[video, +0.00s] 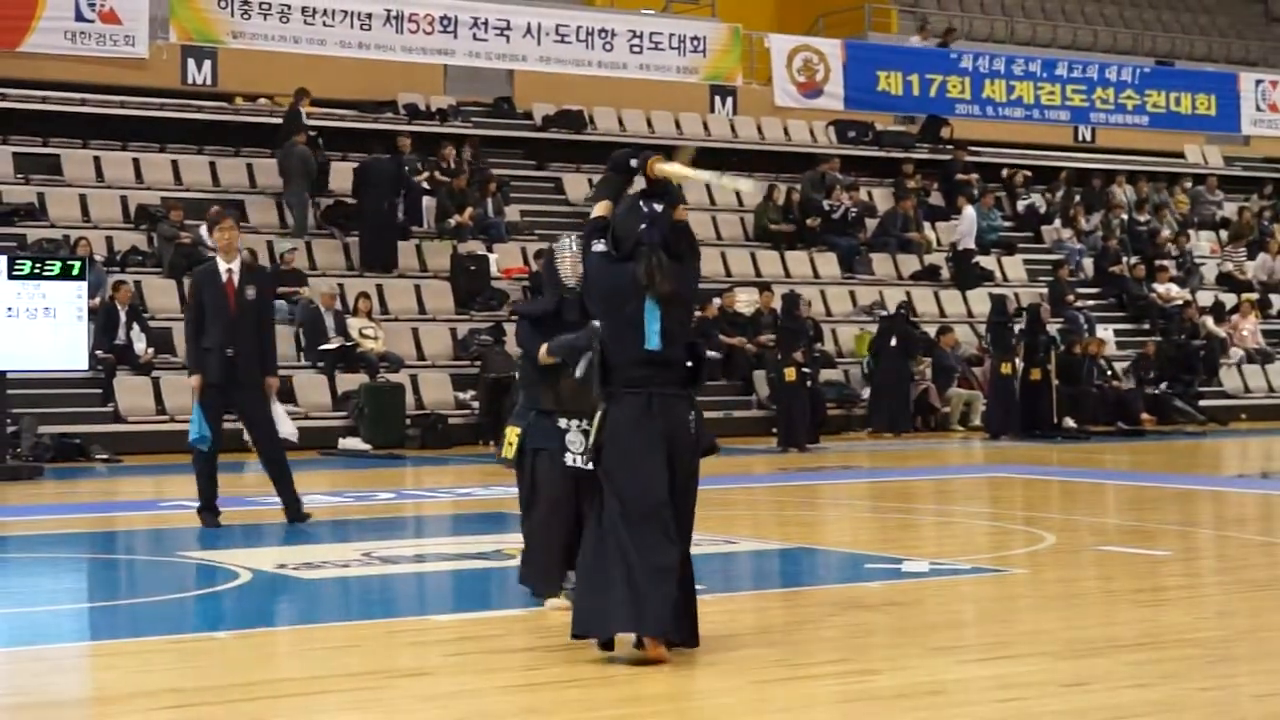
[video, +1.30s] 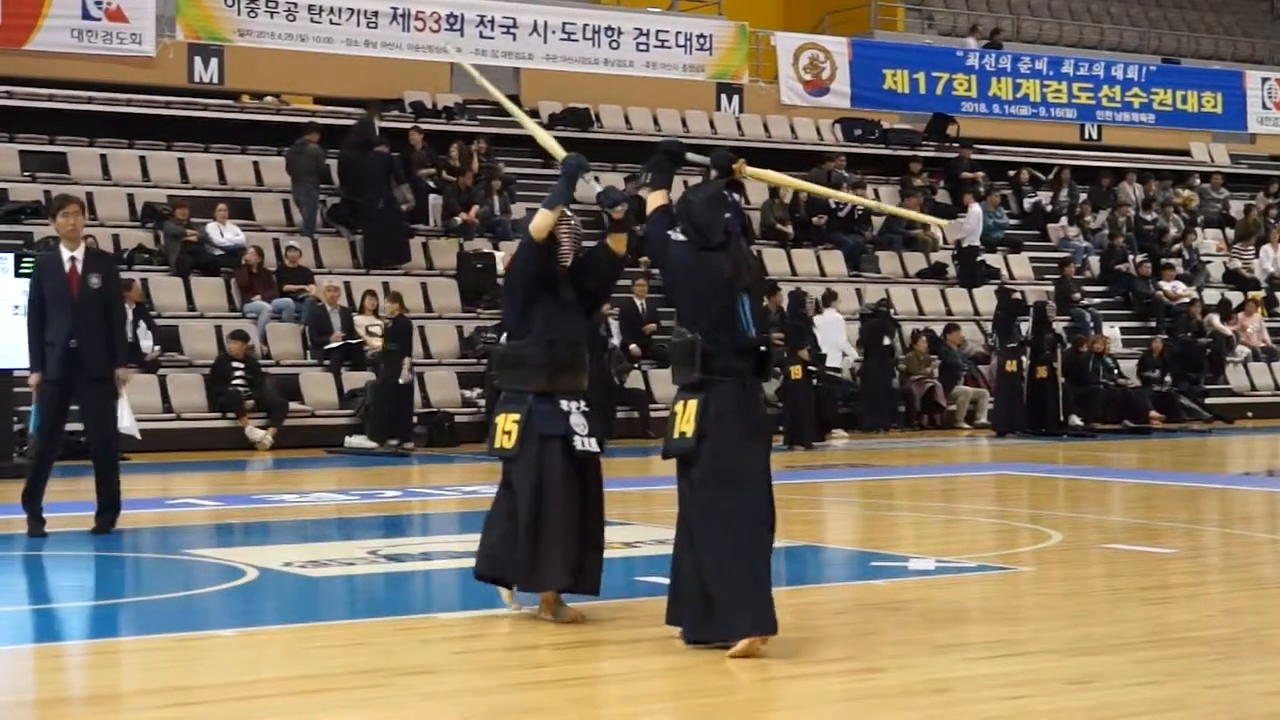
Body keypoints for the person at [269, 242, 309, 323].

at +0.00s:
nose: (291, 256)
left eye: (292, 253)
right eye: (288, 253)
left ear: (295, 255)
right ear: (281, 256)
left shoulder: (299, 273)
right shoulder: (274, 272)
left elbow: (306, 289)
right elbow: (274, 289)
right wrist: (297, 290)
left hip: (297, 297)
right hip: (281, 299)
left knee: (304, 302)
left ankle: (297, 330)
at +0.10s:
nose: (292, 256)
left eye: (293, 253)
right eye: (288, 253)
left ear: (294, 255)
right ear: (281, 256)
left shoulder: (300, 273)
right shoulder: (275, 272)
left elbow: (306, 291)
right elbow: (276, 290)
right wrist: (297, 290)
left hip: (297, 299)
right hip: (281, 300)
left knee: (304, 302)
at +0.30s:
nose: (292, 256)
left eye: (293, 253)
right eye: (289, 253)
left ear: (295, 255)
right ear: (282, 256)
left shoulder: (301, 273)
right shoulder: (276, 272)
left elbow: (307, 291)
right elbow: (277, 290)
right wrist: (298, 289)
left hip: (298, 299)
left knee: (305, 303)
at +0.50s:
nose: (293, 256)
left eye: (294, 253)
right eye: (289, 253)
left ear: (297, 254)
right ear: (283, 256)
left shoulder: (301, 272)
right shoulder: (277, 271)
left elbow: (308, 287)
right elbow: (279, 289)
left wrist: (306, 294)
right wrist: (299, 289)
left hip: (300, 295)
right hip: (284, 297)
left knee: (306, 301)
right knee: (305, 309)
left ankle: (298, 328)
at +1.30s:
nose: (292, 254)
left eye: (295, 251)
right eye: (290, 251)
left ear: (300, 254)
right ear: (286, 254)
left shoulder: (306, 271)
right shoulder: (281, 270)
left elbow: (312, 288)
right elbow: (282, 287)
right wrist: (303, 287)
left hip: (303, 294)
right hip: (288, 296)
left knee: (310, 300)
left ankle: (303, 326)